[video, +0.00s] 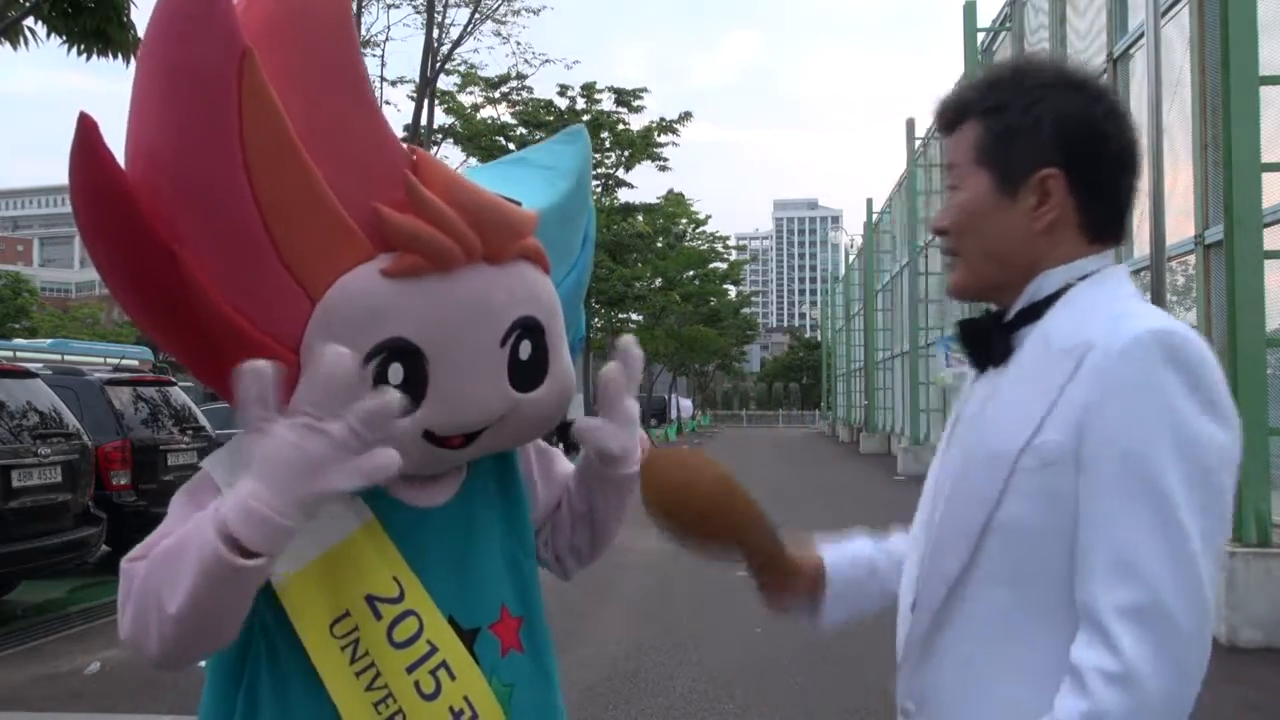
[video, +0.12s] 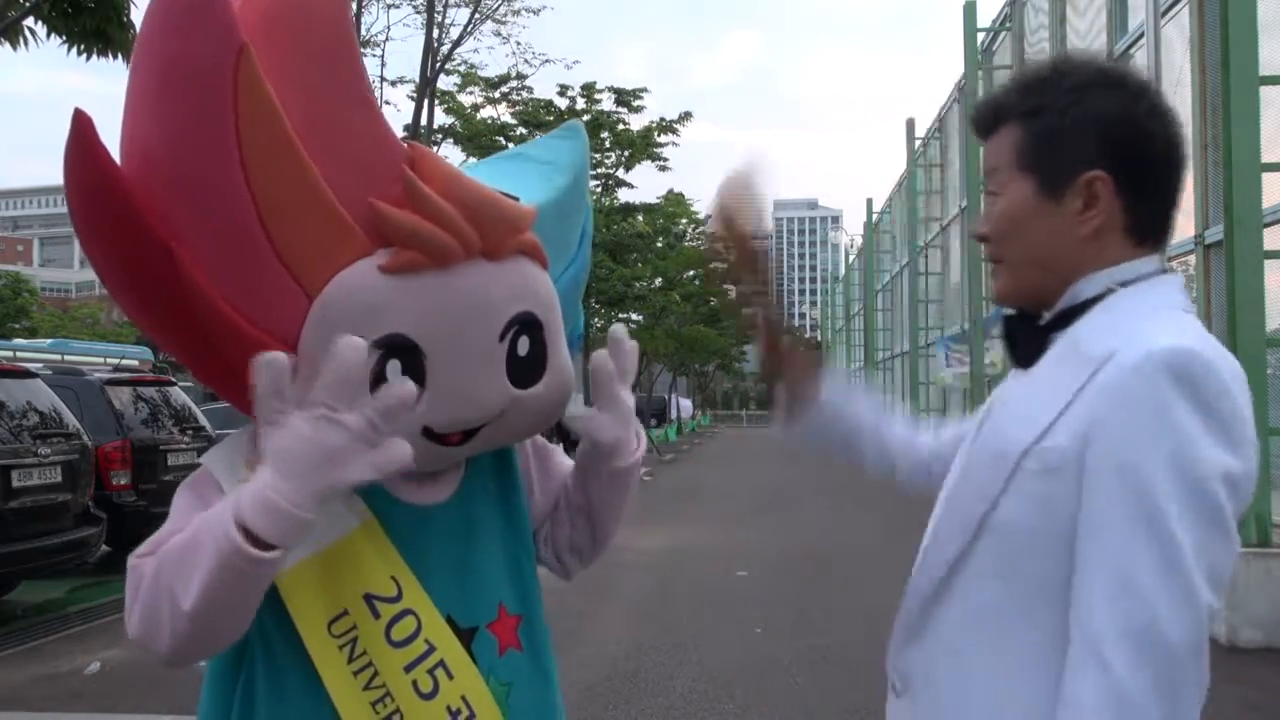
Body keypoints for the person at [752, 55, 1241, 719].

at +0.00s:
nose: (935, 222)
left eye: (954, 186)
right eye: (943, 190)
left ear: (1042, 198)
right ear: (1035, 200)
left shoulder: (1142, 356)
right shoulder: (1011, 356)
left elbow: (1139, 668)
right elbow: (964, 551)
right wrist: (823, 574)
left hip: (1020, 705)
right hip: (931, 701)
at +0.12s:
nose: (979, 226)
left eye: (996, 190)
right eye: (985, 194)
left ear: (1090, 203)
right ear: (1085, 205)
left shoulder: (1159, 373)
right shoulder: (1074, 354)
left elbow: (1131, 691)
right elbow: (931, 458)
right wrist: (800, 379)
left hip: (1011, 708)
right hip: (934, 696)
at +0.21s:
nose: (998, 234)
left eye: (1017, 198)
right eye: (1007, 202)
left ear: (1115, 208)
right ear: (1114, 211)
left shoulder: (1158, 385)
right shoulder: (1093, 356)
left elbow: (1134, 700)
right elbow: (949, 369)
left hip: (990, 706)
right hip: (932, 699)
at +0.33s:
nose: (999, 228)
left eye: (1019, 195)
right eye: (1008, 199)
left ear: (1118, 208)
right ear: (1117, 211)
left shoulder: (1153, 390)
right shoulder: (1076, 351)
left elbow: (1143, 701)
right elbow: (988, 288)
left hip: (986, 704)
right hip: (930, 696)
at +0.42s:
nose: (993, 223)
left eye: (1011, 189)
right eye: (1002, 191)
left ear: (1109, 204)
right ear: (1108, 207)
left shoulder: (1149, 389)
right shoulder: (1085, 347)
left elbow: (1141, 700)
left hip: (985, 704)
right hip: (923, 694)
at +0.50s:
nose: (986, 219)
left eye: (1002, 184)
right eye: (992, 187)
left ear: (1102, 198)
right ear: (1099, 200)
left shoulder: (1153, 385)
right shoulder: (1074, 337)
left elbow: (1145, 699)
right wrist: (1118, 71)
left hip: (989, 703)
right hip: (917, 691)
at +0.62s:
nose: (969, 202)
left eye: (987, 166)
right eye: (978, 166)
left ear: (1083, 183)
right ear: (1083, 186)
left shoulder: (1176, 378)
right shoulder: (1045, 313)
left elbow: (1172, 699)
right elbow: (948, 213)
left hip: (1021, 703)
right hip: (921, 688)